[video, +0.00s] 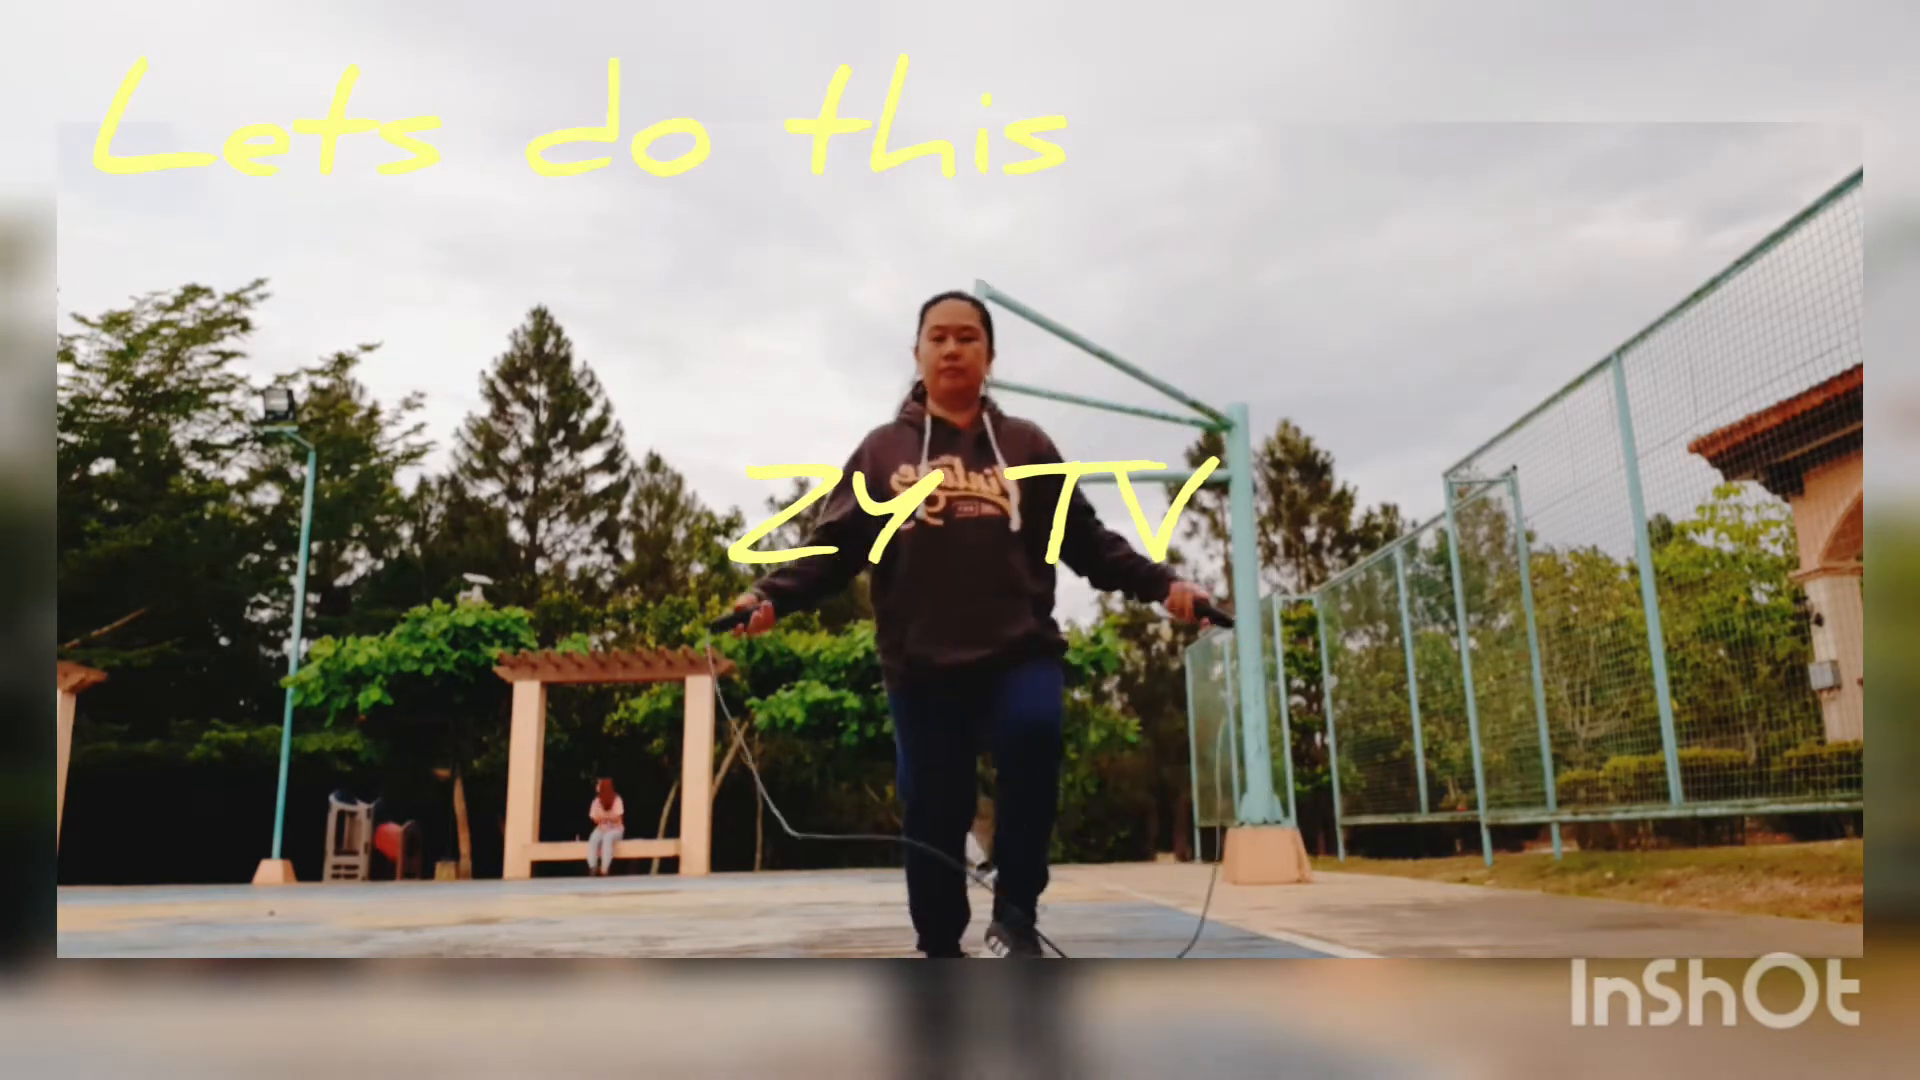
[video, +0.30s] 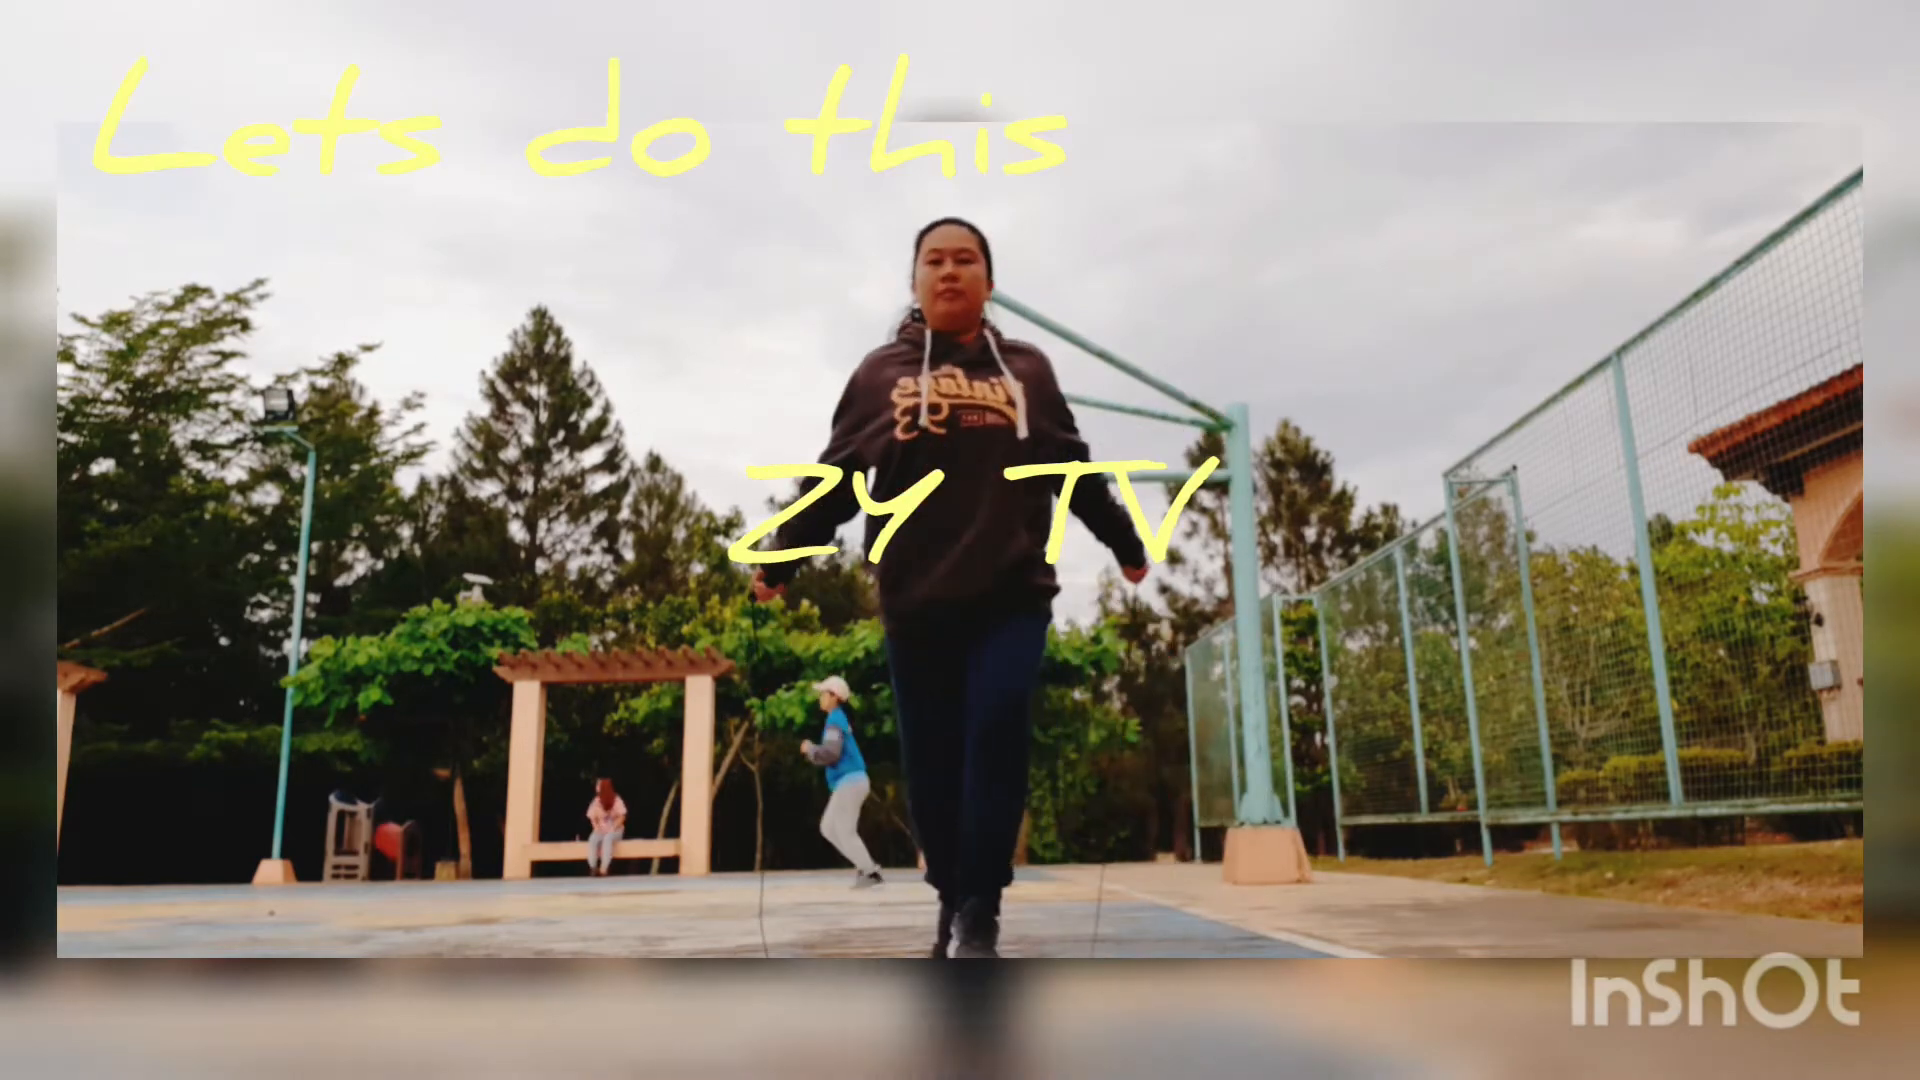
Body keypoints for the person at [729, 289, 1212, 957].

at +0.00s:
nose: (953, 350)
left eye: (967, 338)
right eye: (939, 337)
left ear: (990, 355)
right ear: (917, 353)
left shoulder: (1026, 445)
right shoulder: (883, 450)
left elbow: (1084, 539)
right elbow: (831, 545)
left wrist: (1164, 586)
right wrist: (772, 595)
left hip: (1020, 654)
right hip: (925, 662)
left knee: (1035, 739)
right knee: (932, 810)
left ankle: (1017, 921)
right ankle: (939, 952)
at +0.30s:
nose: (950, 272)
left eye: (965, 260)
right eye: (936, 261)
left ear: (988, 280)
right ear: (915, 281)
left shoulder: (1026, 369)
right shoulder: (879, 374)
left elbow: (1071, 465)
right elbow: (835, 477)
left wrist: (1125, 538)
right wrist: (779, 553)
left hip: (1011, 589)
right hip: (917, 594)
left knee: (995, 730)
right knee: (929, 750)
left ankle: (980, 911)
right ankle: (952, 903)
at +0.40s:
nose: (955, 288)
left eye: (969, 276)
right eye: (940, 277)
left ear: (993, 296)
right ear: (919, 299)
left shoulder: (1033, 386)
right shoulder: (886, 392)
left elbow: (1093, 477)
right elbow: (826, 484)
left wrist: (1182, 483)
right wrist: (732, 517)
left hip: (1005, 618)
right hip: (904, 619)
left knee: (993, 791)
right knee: (895, 778)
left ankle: (999, 954)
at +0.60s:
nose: (953, 285)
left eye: (968, 275)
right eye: (938, 276)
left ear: (995, 301)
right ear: (918, 302)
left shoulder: (1038, 387)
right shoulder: (885, 393)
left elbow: (1128, 457)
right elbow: (819, 485)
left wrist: (1216, 403)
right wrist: (734, 431)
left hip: (1005, 622)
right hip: (904, 622)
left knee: (995, 791)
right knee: (895, 754)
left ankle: (998, 948)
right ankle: (935, 847)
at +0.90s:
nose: (942, 303)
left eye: (957, 292)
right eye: (927, 293)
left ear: (983, 316)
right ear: (906, 318)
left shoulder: (1029, 413)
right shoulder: (869, 417)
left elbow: (1099, 508)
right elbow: (820, 518)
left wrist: (1182, 507)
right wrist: (759, 536)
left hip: (1006, 653)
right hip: (902, 657)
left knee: (1002, 812)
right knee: (906, 810)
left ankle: (1005, 960)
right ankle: (900, 961)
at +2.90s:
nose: (967, 280)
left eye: (982, 269)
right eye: (952, 271)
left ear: (1008, 291)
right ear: (930, 293)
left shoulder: (1053, 386)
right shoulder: (895, 395)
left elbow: (1118, 502)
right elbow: (848, 514)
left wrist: (1209, 515)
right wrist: (770, 536)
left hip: (1033, 635)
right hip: (927, 637)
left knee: (1035, 803)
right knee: (933, 804)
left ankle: (1042, 952)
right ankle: (936, 953)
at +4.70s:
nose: (964, 224)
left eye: (980, 211)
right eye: (949, 213)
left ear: (1007, 234)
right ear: (927, 235)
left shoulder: (1055, 336)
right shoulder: (891, 343)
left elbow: (1126, 455)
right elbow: (833, 471)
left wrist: (1222, 474)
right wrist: (738, 506)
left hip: (1037, 587)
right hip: (930, 590)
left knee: (1033, 764)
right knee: (940, 768)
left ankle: (1039, 942)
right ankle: (946, 948)